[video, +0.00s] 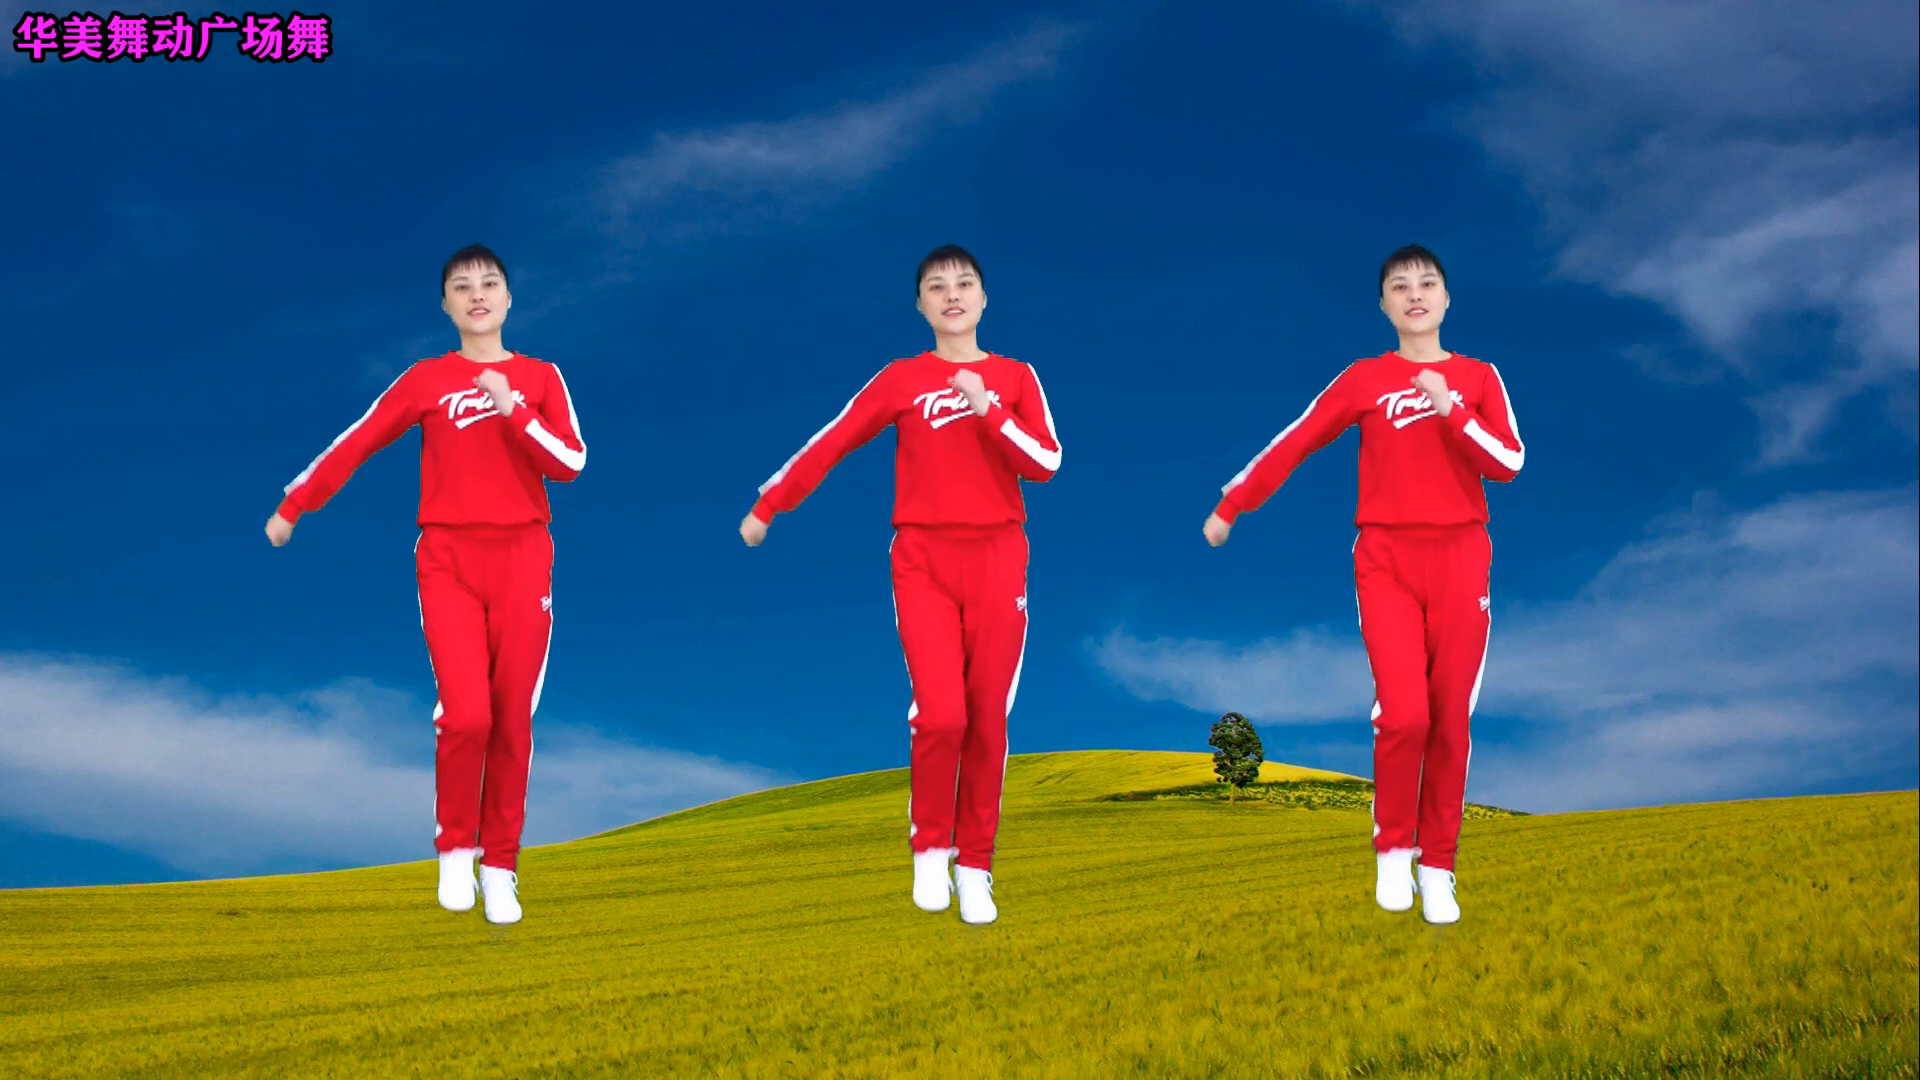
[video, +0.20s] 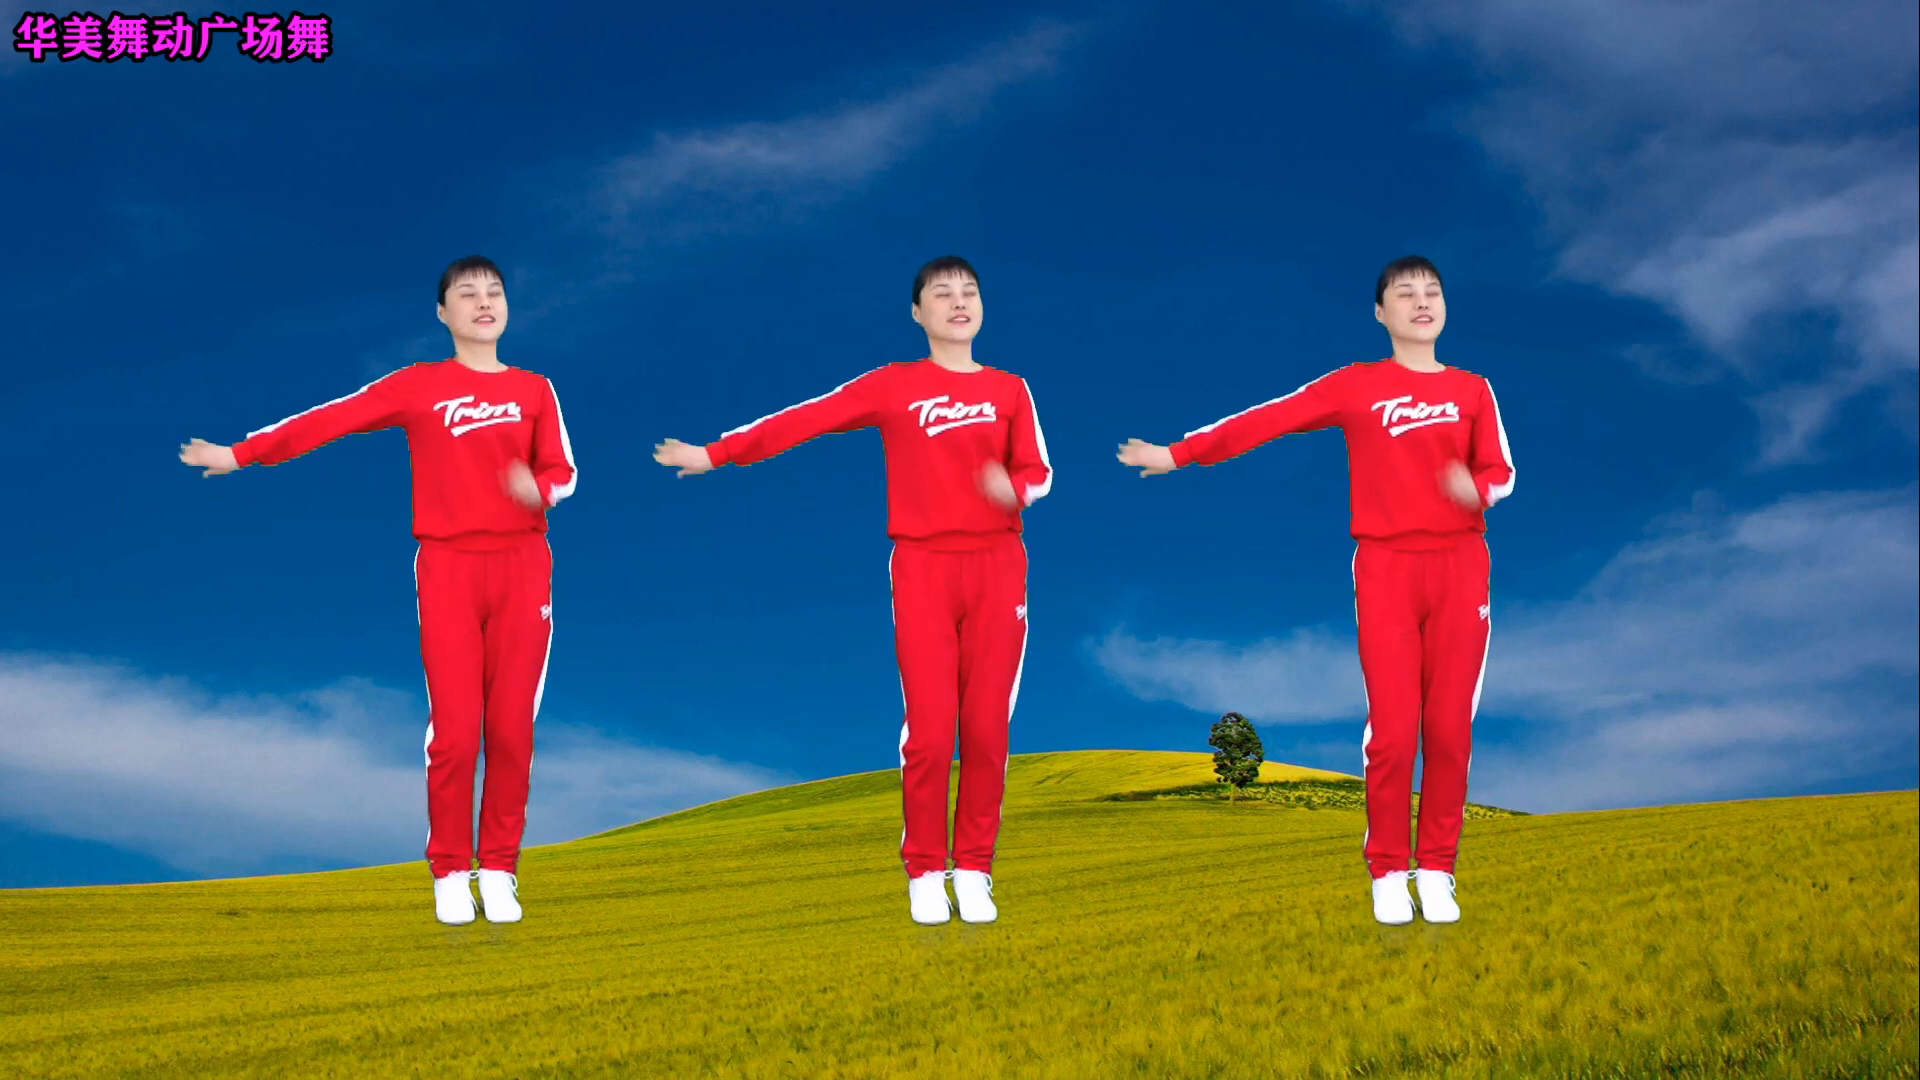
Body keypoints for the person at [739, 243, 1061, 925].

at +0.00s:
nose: (953, 295)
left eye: (964, 284)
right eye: (938, 287)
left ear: (983, 298)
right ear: (922, 305)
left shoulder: (1014, 376)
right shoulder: (899, 380)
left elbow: (1045, 462)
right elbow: (831, 442)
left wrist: (990, 412)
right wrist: (766, 504)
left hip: (999, 556)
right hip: (923, 557)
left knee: (989, 715)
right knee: (941, 713)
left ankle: (975, 862)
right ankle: (931, 848)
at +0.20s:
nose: (959, 302)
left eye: (969, 292)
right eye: (943, 294)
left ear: (982, 308)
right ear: (920, 313)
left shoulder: (1010, 388)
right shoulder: (892, 383)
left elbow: (1039, 473)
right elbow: (806, 418)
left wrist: (1016, 489)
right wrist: (713, 453)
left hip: (998, 564)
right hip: (922, 565)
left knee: (988, 725)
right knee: (931, 727)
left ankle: (974, 868)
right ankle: (925, 870)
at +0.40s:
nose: (969, 314)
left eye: (973, 305)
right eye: (952, 306)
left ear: (980, 324)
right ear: (917, 327)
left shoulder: (1008, 405)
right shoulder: (898, 404)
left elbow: (1032, 499)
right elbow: (831, 473)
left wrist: (1048, 583)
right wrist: (765, 540)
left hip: (991, 579)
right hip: (918, 577)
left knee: (998, 728)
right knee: (922, 732)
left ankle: (983, 844)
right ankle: (924, 870)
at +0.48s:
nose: (973, 319)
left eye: (975, 310)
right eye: (955, 311)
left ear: (980, 329)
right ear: (919, 331)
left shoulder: (1006, 411)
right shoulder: (904, 407)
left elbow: (1027, 507)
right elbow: (885, 497)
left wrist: (1041, 588)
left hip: (990, 587)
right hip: (918, 584)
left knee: (1011, 724)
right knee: (921, 742)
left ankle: (998, 829)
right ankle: (924, 871)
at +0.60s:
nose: (975, 301)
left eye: (977, 291)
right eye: (958, 292)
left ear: (981, 310)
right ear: (922, 311)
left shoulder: (1006, 390)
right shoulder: (907, 378)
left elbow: (1026, 489)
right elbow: (964, 429)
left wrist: (1037, 567)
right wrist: (1059, 452)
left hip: (1002, 563)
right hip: (931, 560)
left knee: (1033, 708)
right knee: (929, 725)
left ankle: (1037, 832)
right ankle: (923, 866)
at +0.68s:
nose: (981, 290)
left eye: (983, 279)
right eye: (963, 280)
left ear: (986, 297)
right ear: (927, 299)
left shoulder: (1010, 369)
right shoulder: (912, 364)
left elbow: (1035, 467)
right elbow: (983, 360)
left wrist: (1046, 552)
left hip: (1014, 549)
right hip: (943, 549)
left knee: (1046, 705)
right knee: (936, 714)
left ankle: (1070, 845)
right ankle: (925, 863)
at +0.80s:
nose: (1005, 290)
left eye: (1003, 280)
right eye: (990, 282)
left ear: (995, 301)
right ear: (950, 301)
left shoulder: (1028, 380)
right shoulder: (932, 370)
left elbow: (1057, 472)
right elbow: (971, 299)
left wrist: (1071, 552)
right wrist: (1034, 247)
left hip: (1040, 553)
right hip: (967, 553)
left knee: (1063, 715)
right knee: (945, 717)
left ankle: (1089, 858)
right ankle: (925, 861)